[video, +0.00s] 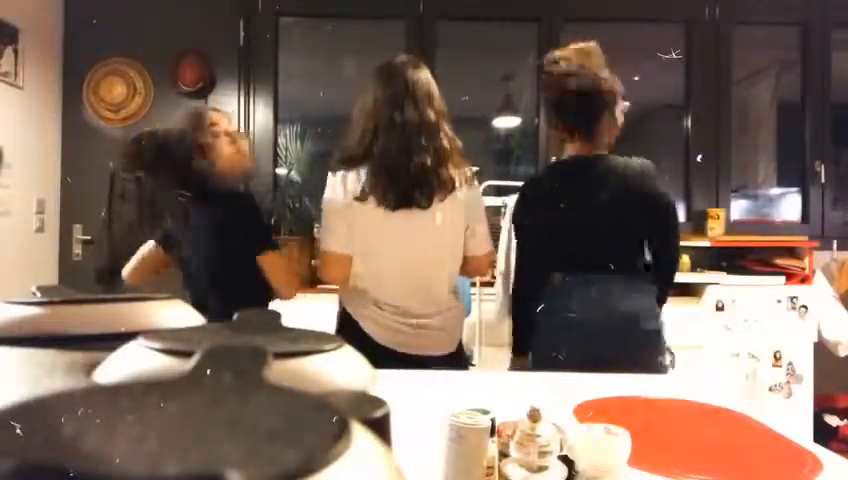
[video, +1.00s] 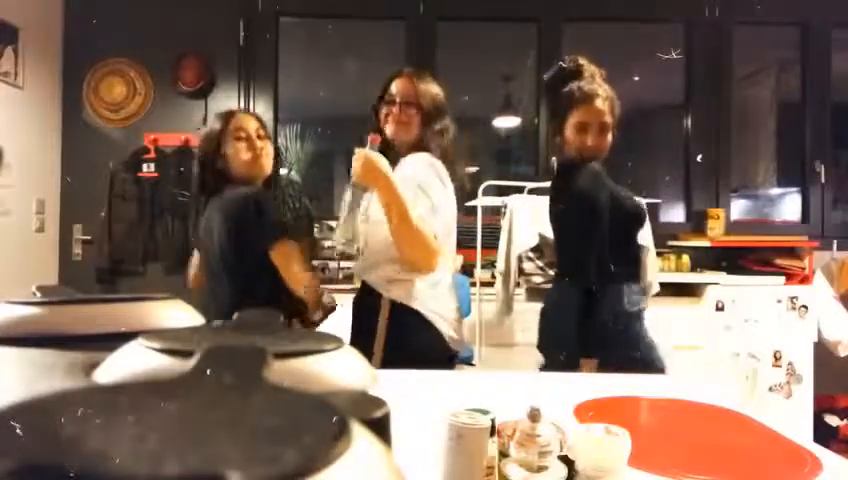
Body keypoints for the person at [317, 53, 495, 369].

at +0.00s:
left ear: (371, 113)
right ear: (435, 110)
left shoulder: (345, 185)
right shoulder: (461, 184)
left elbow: (334, 273)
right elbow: (480, 264)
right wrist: (432, 257)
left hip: (368, 347)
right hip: (440, 349)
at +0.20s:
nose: (359, 115)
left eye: (365, 107)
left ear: (376, 119)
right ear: (443, 119)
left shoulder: (357, 191)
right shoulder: (460, 192)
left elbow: (352, 277)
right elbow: (469, 262)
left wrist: (331, 227)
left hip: (373, 344)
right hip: (440, 350)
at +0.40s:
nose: (386, 102)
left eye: (397, 95)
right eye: (389, 94)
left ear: (422, 108)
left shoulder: (413, 165)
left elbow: (404, 253)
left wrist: (348, 209)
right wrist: (349, 204)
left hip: (393, 321)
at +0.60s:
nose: (406, 108)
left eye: (420, 102)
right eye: (399, 98)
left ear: (441, 114)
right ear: (390, 106)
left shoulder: (428, 169)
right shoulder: (403, 170)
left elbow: (430, 263)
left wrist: (369, 199)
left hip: (399, 318)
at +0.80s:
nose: (399, 113)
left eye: (412, 106)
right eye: (393, 103)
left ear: (434, 118)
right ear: (383, 109)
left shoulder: (428, 167)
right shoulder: (385, 166)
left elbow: (433, 256)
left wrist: (388, 180)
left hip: (411, 310)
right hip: (370, 303)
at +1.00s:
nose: (395, 112)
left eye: (408, 105)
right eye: (389, 102)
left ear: (430, 117)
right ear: (379, 110)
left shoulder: (420, 168)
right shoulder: (402, 168)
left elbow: (423, 257)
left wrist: (383, 182)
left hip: (403, 313)